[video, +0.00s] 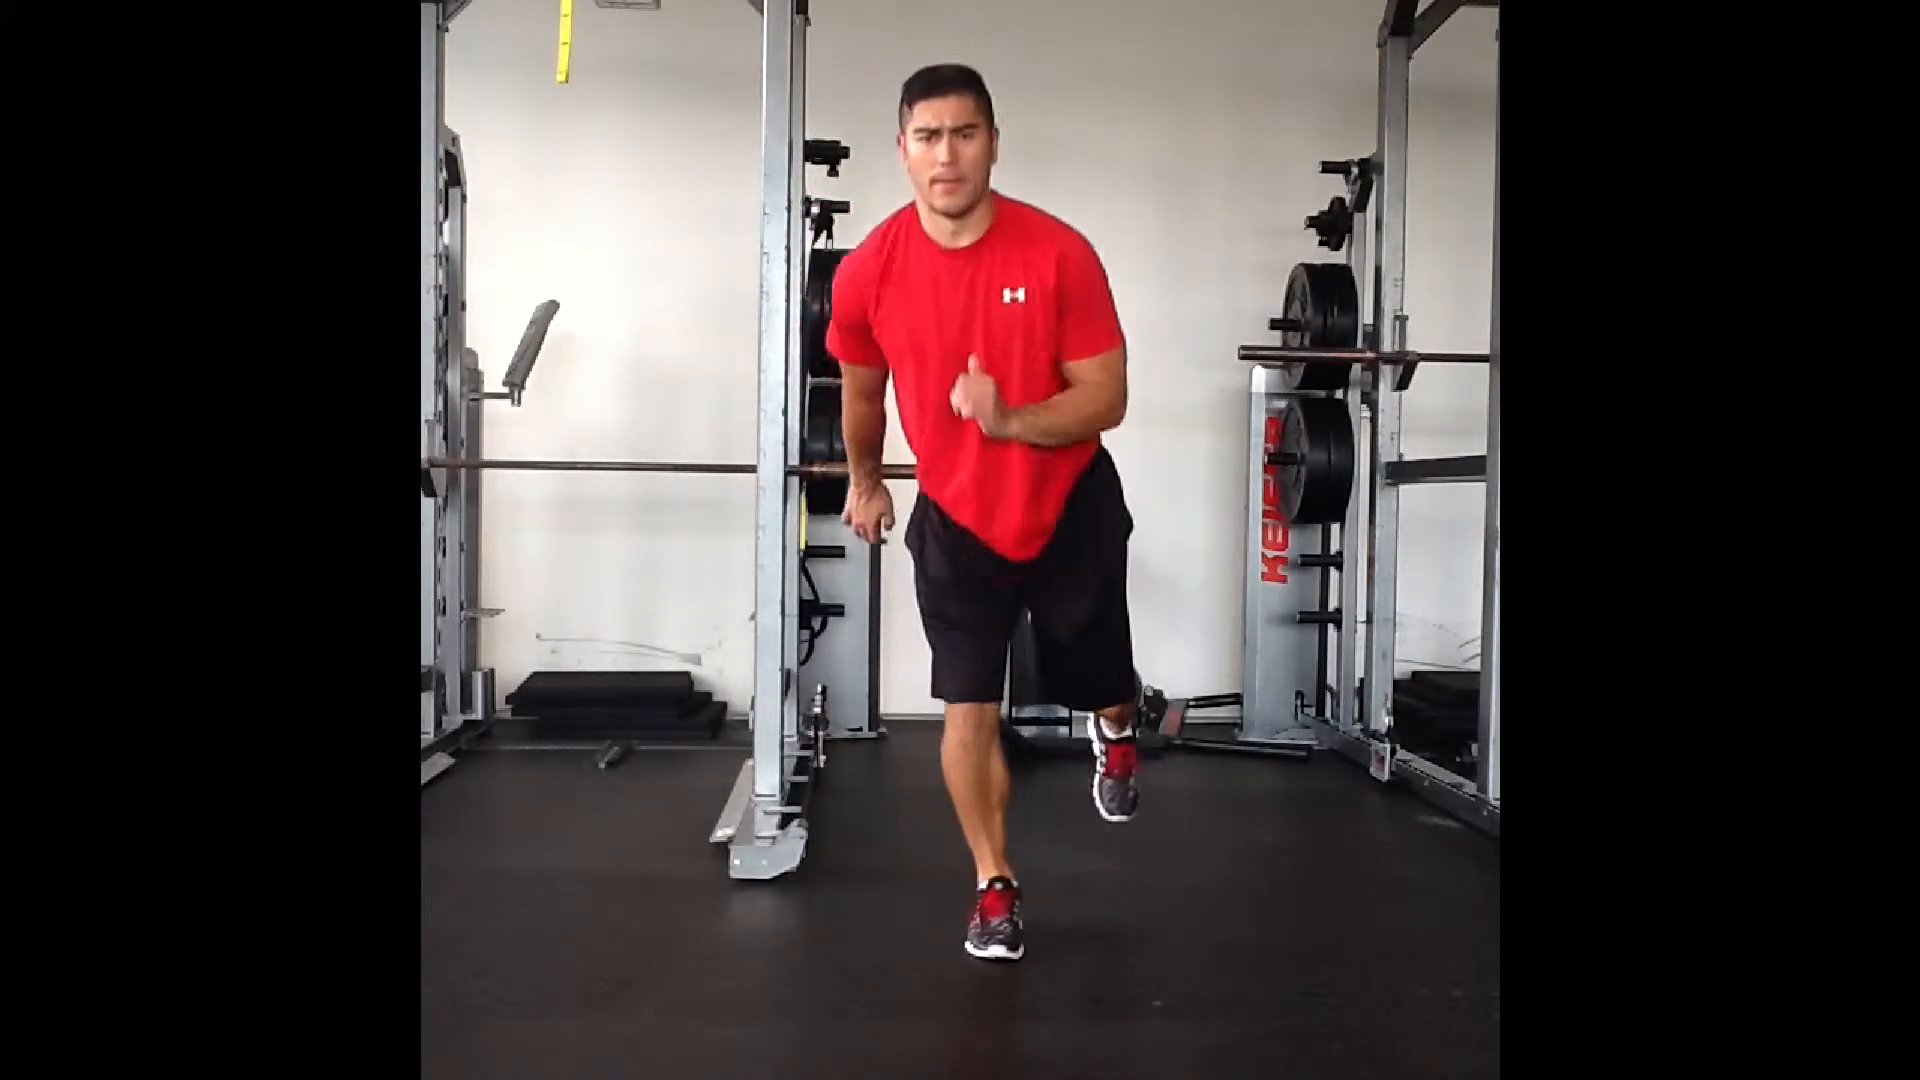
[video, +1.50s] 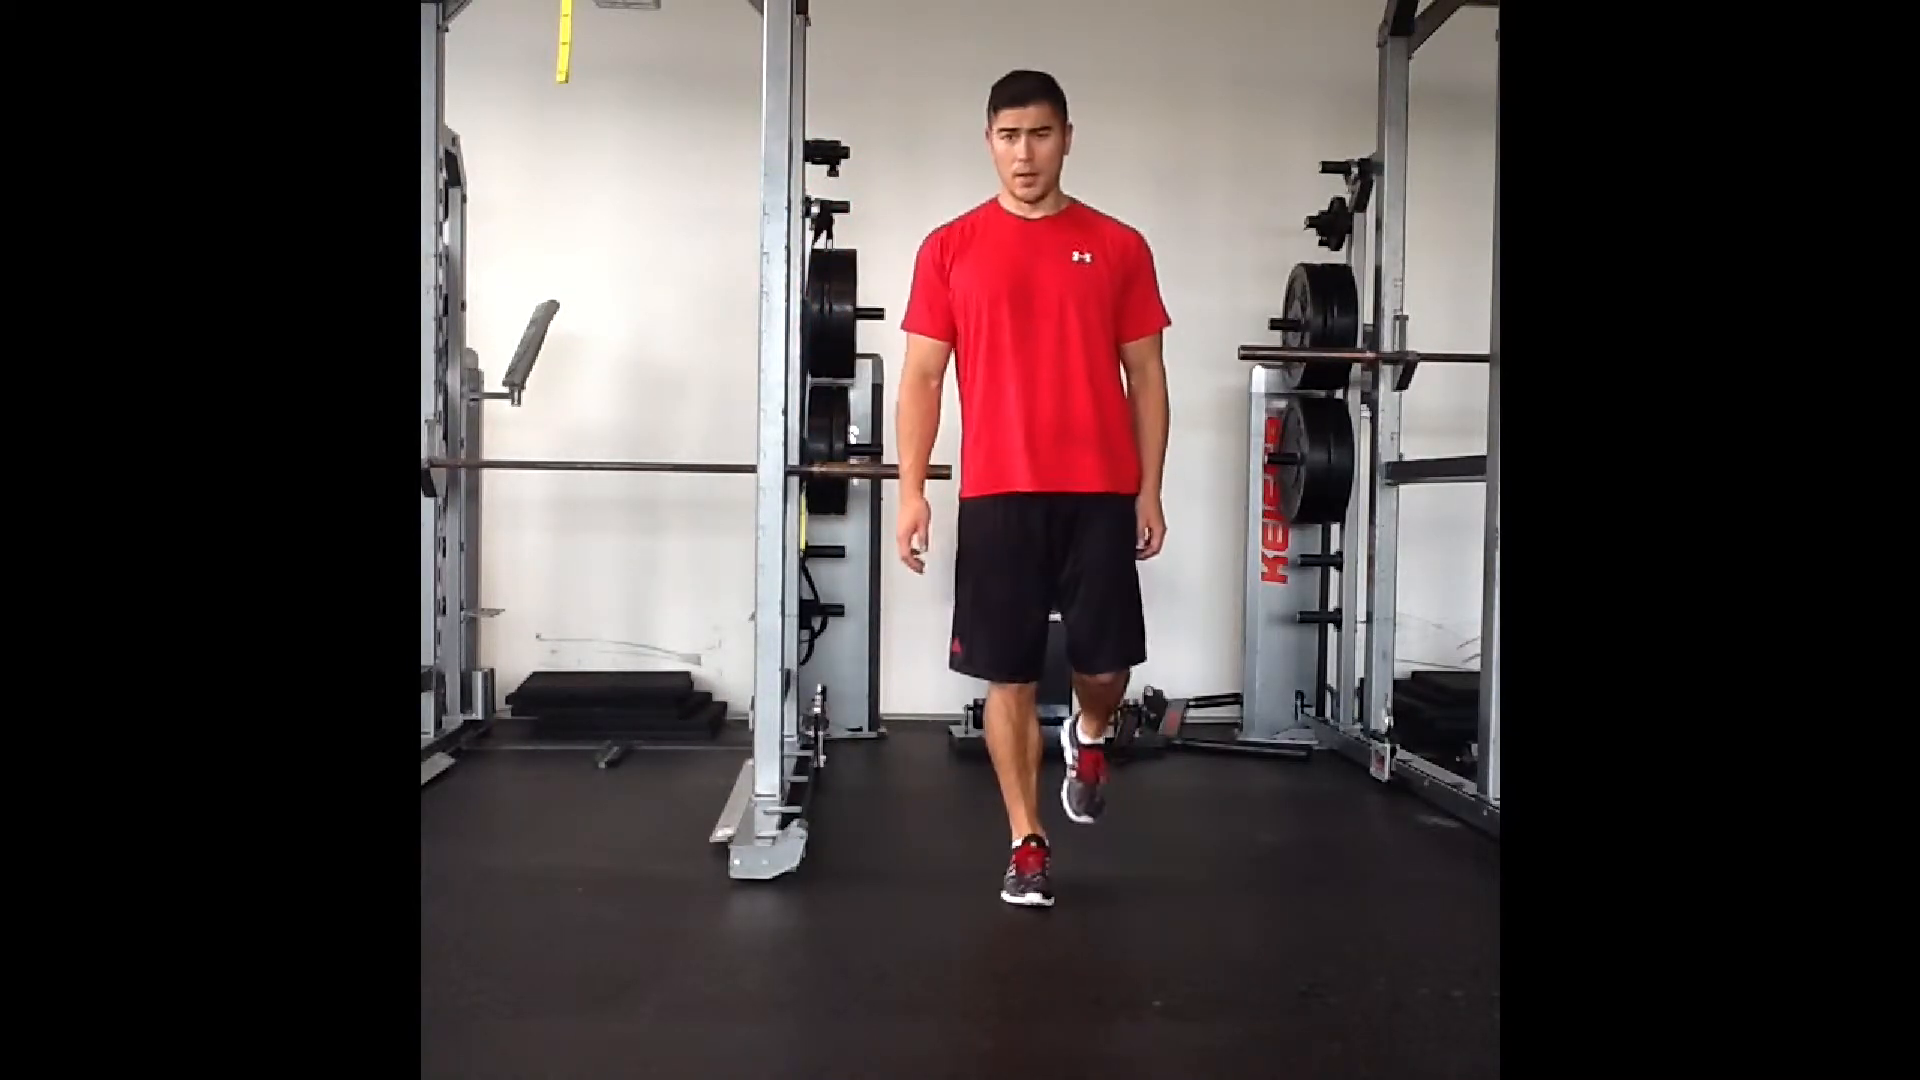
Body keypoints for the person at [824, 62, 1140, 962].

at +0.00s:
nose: (946, 155)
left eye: (964, 134)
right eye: (928, 136)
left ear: (993, 145)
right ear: (902, 150)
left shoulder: (1060, 254)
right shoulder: (869, 273)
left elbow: (1105, 397)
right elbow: (862, 387)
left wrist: (1010, 419)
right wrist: (864, 477)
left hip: (1071, 504)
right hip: (956, 513)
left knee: (1100, 680)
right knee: (968, 704)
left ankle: (1114, 733)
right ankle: (993, 885)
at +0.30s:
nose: (966, 101)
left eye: (985, 82)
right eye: (949, 83)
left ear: (1015, 93)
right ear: (926, 95)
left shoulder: (1075, 210)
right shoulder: (881, 219)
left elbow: (1119, 352)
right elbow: (861, 359)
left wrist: (1138, 485)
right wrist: (876, 487)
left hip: (1068, 483)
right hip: (952, 491)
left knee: (1098, 679)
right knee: (972, 695)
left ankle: (1107, 750)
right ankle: (994, 883)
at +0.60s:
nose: (983, 93)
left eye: (1001, 75)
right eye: (966, 75)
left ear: (1029, 88)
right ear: (942, 88)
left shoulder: (1085, 210)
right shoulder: (891, 213)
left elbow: (1124, 345)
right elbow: (863, 352)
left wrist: (1147, 465)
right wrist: (883, 460)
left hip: (1065, 485)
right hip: (949, 490)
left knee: (1077, 678)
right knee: (970, 692)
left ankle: (1077, 767)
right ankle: (994, 880)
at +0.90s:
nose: (1041, 176)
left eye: (1057, 158)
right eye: (1025, 160)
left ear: (1082, 152)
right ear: (1005, 160)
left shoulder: (1133, 253)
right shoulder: (966, 256)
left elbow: (1160, 373)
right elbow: (941, 377)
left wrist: (1165, 490)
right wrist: (940, 486)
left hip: (1111, 495)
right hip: (1012, 496)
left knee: (1103, 667)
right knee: (1018, 672)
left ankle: (1099, 819)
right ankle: (1024, 840)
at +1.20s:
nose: (1033, 167)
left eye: (1048, 149)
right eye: (1017, 151)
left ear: (1074, 147)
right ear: (997, 153)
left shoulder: (1128, 250)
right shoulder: (960, 252)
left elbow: (1155, 372)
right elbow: (938, 376)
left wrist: (1155, 490)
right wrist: (949, 487)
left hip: (1106, 496)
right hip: (1006, 497)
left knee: (1105, 669)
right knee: (1015, 673)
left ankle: (1102, 817)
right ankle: (1026, 839)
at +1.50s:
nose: (1026, 150)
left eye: (1041, 133)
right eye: (1010, 135)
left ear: (1066, 139)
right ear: (990, 144)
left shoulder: (1118, 247)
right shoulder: (949, 249)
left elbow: (1146, 371)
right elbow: (920, 374)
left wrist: (1149, 488)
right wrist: (913, 490)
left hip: (1099, 490)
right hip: (998, 491)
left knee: (1105, 664)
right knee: (1008, 672)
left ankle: (1088, 745)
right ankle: (1024, 842)